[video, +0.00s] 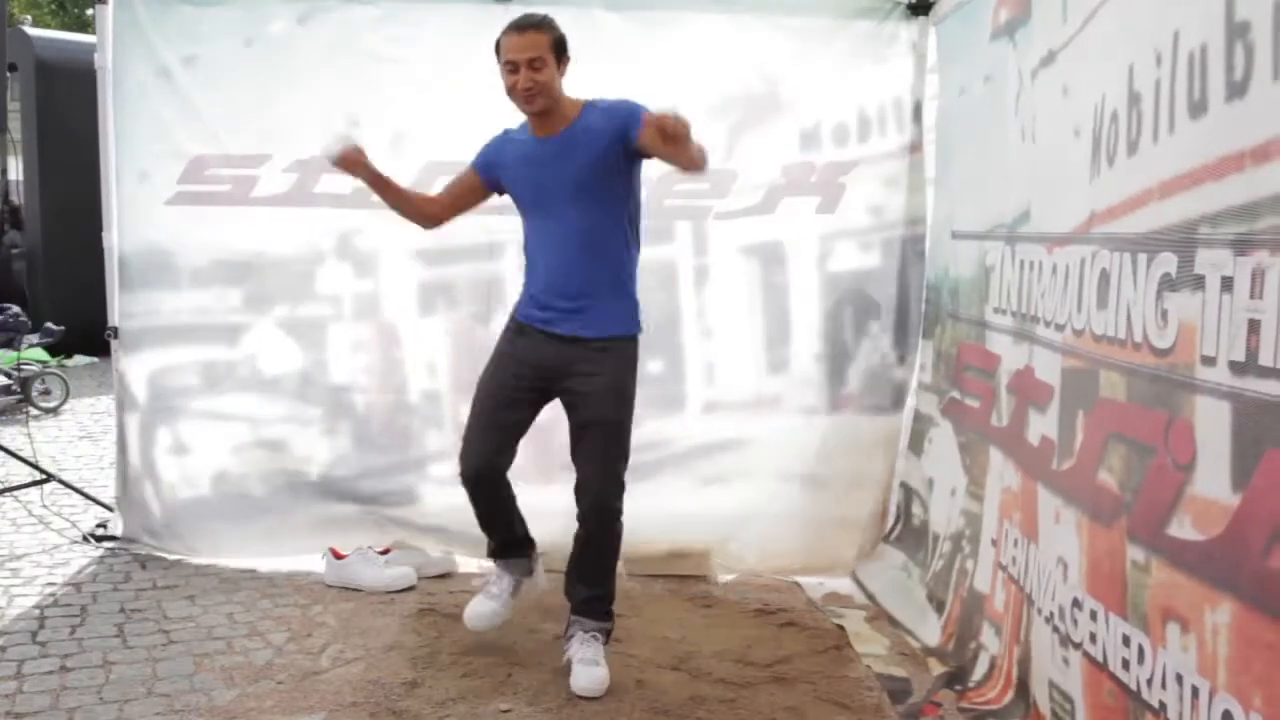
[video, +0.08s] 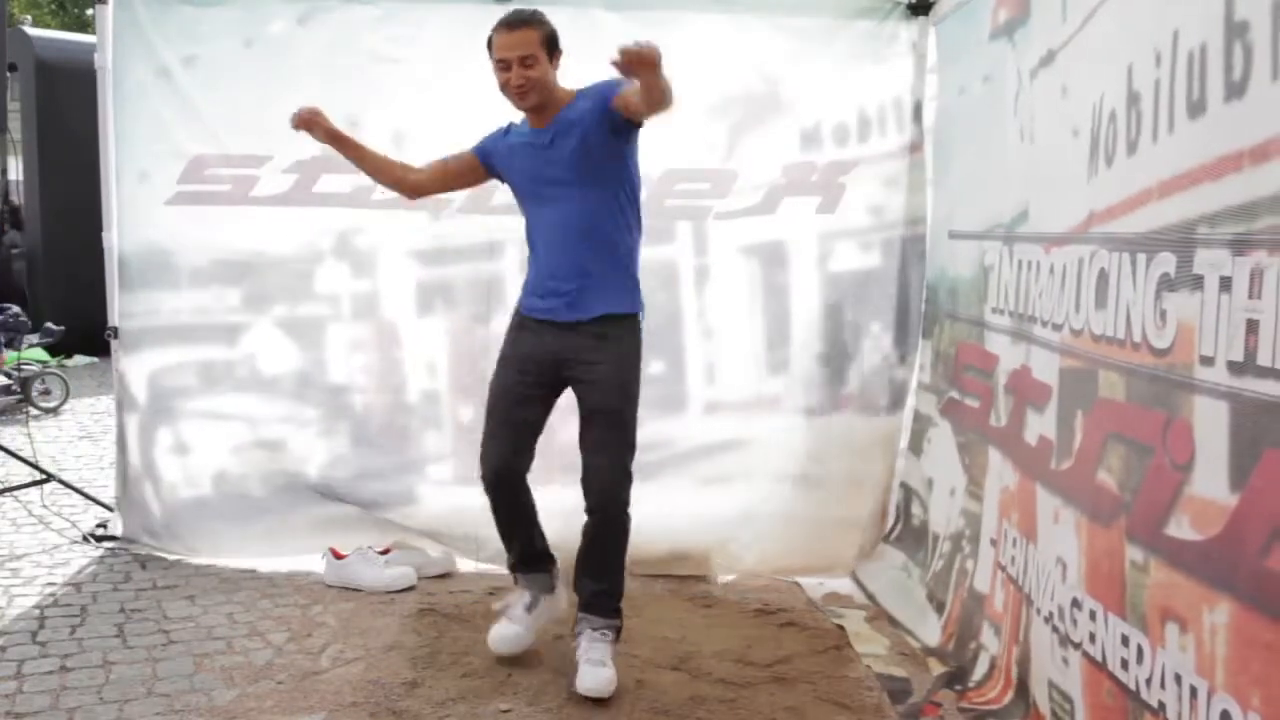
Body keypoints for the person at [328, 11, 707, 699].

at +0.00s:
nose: (525, 79)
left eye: (536, 65)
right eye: (512, 69)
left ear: (563, 64)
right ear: (502, 77)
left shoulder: (616, 120)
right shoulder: (505, 151)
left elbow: (692, 163)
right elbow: (430, 213)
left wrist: (677, 138)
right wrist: (369, 175)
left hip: (605, 341)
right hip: (530, 333)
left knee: (600, 492)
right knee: (478, 465)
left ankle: (589, 629)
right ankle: (515, 561)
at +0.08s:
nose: (515, 77)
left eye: (526, 62)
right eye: (503, 67)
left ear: (555, 61)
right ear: (494, 72)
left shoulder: (601, 104)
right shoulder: (505, 145)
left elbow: (653, 102)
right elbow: (415, 181)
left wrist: (650, 75)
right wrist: (334, 138)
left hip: (608, 328)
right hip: (535, 326)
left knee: (607, 486)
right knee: (500, 469)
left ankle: (598, 627)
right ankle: (537, 584)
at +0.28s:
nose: (502, 103)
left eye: (514, 91)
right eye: (491, 93)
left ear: (542, 93)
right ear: (482, 101)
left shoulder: (579, 135)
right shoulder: (503, 181)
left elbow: (626, 125)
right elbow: (426, 238)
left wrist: (559, 83)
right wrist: (379, 165)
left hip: (609, 351)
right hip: (545, 355)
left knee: (597, 503)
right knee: (520, 499)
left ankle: (615, 647)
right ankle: (569, 622)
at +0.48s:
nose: (486, 105)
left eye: (495, 90)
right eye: (476, 98)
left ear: (528, 89)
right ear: (473, 109)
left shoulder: (575, 133)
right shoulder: (504, 185)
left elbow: (627, 126)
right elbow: (434, 246)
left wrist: (535, 91)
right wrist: (405, 177)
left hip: (614, 336)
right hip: (554, 345)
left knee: (578, 478)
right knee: (532, 487)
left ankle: (622, 598)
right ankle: (572, 621)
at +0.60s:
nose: (490, 91)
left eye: (499, 74)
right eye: (481, 82)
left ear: (531, 67)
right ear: (482, 91)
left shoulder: (586, 98)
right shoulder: (515, 162)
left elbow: (580, 106)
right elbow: (440, 223)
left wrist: (508, 75)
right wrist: (377, 169)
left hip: (626, 312)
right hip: (568, 323)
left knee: (594, 469)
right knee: (546, 472)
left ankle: (617, 620)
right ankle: (579, 611)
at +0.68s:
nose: (502, 90)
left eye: (513, 75)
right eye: (491, 81)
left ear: (547, 74)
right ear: (487, 91)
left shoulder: (594, 103)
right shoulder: (523, 167)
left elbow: (572, 120)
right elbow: (464, 244)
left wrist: (508, 123)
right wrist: (405, 195)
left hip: (625, 327)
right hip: (565, 337)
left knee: (609, 496)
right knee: (557, 496)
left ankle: (615, 658)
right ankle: (594, 630)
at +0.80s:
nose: (506, 110)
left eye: (517, 97)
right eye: (496, 102)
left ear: (549, 101)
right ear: (491, 116)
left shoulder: (590, 134)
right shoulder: (526, 199)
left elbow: (633, 184)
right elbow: (504, 296)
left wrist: (539, 218)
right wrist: (454, 251)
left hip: (628, 351)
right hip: (569, 360)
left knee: (592, 509)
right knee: (549, 510)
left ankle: (610, 667)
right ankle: (596, 641)